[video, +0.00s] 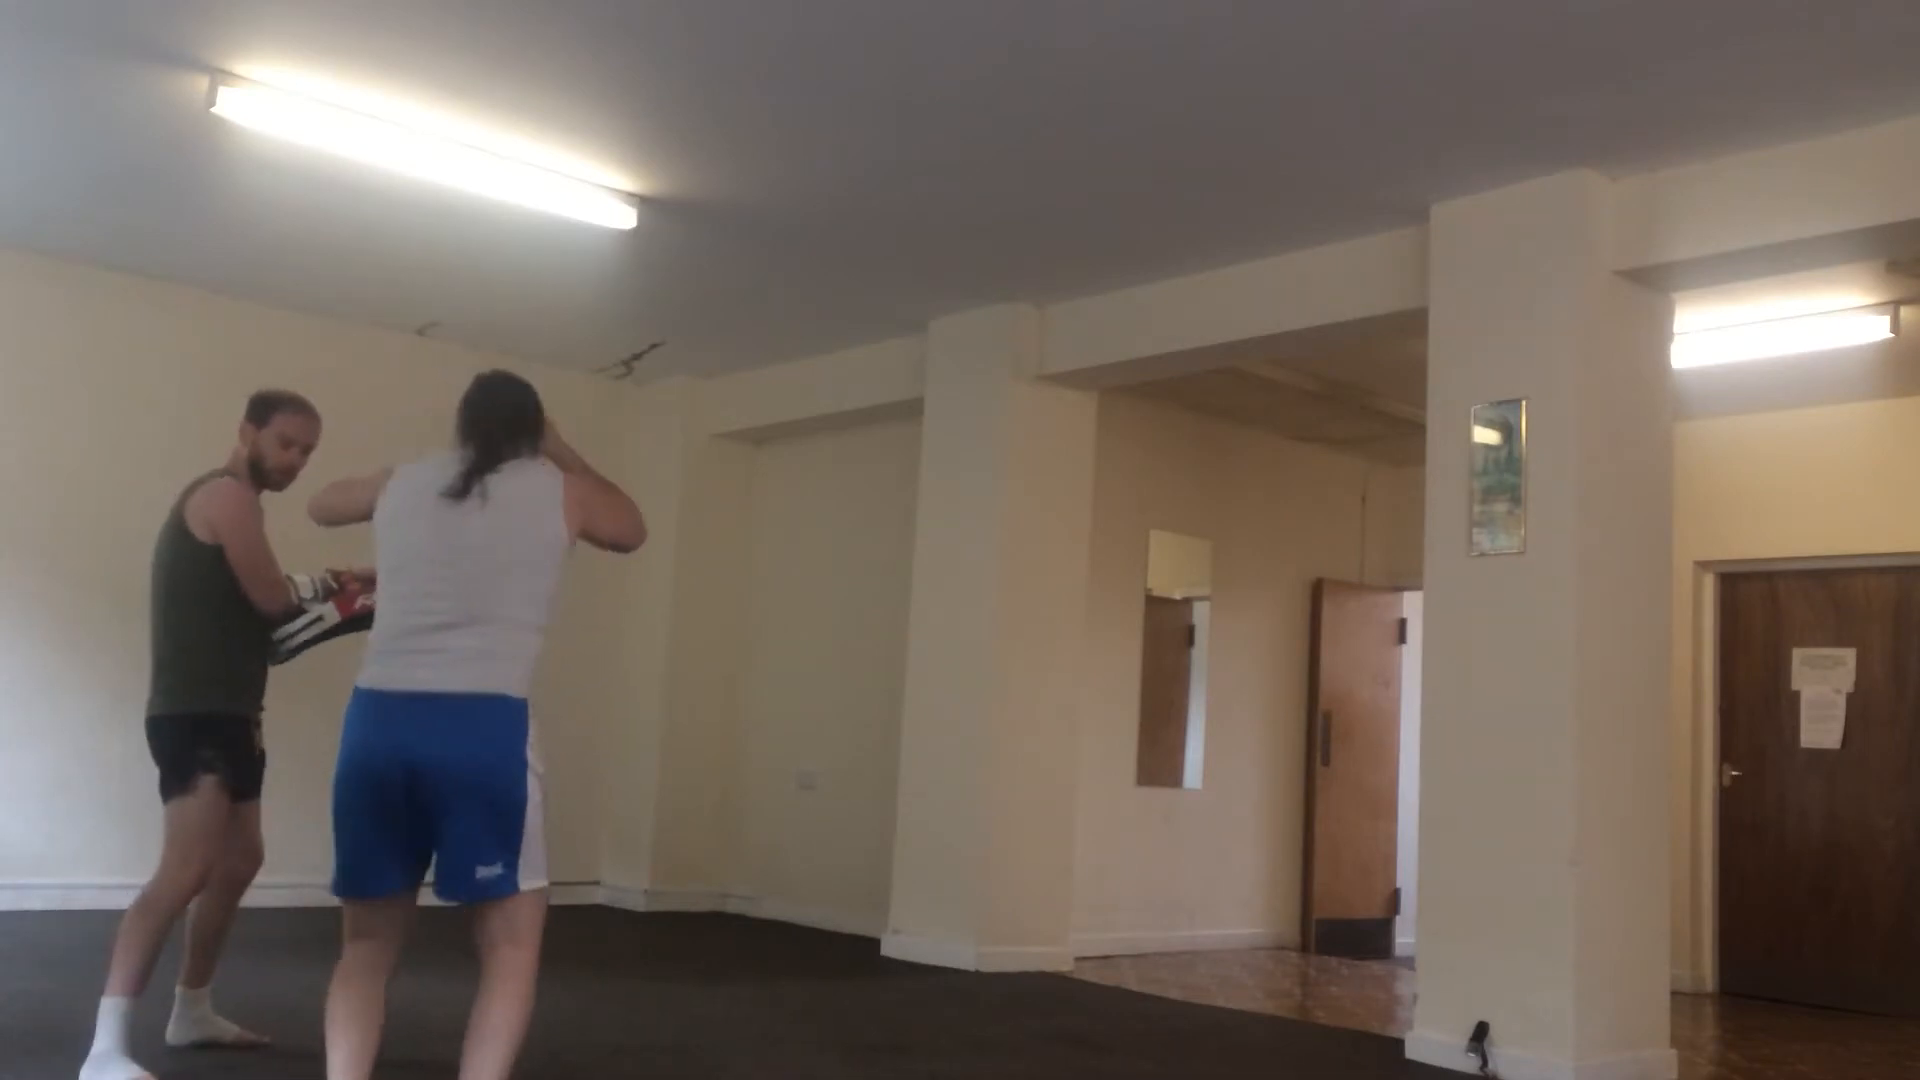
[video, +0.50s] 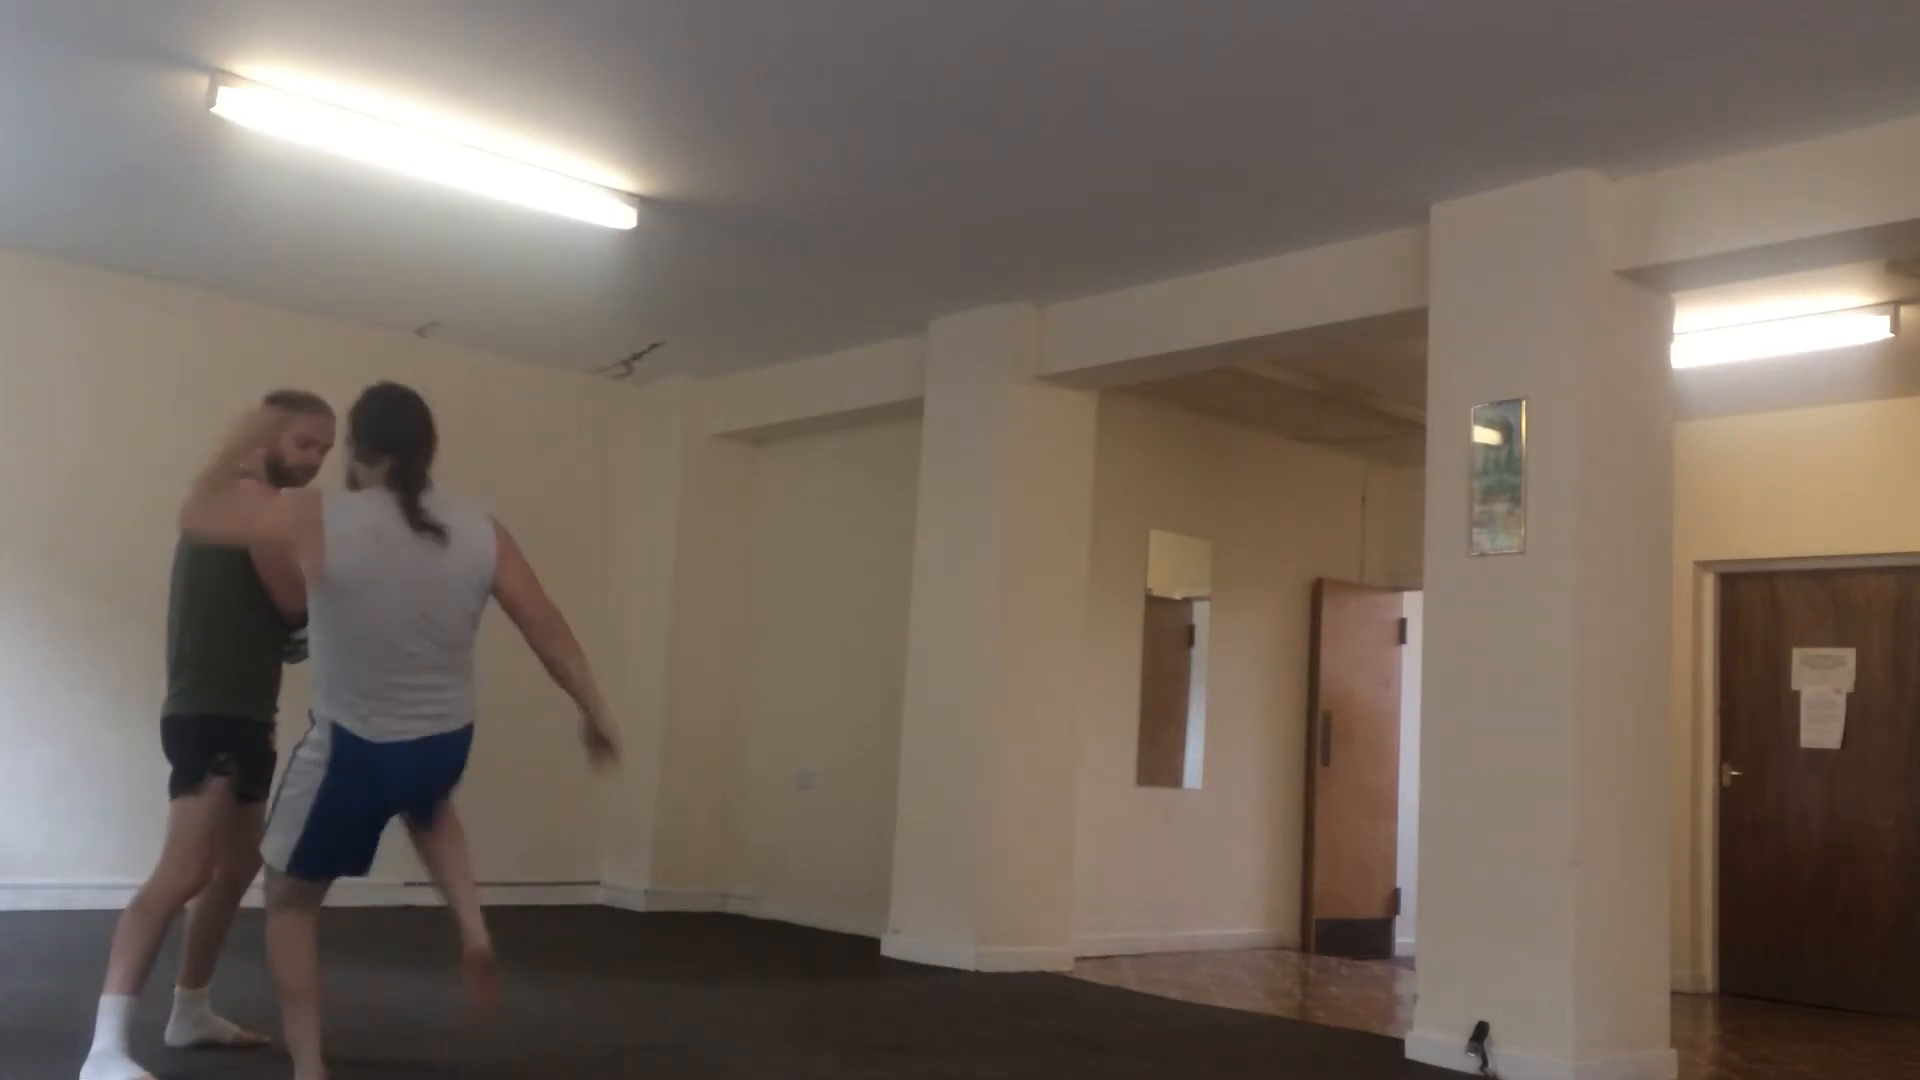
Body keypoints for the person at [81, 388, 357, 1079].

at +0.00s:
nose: (296, 461)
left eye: (305, 451)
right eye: (287, 445)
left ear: (305, 451)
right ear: (249, 433)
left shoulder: (220, 497)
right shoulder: (227, 496)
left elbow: (256, 626)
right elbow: (272, 598)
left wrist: (329, 598)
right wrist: (323, 585)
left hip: (228, 715)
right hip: (199, 716)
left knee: (238, 862)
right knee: (184, 869)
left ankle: (191, 1012)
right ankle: (105, 1049)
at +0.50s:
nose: (316, 460)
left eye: (323, 450)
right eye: (307, 445)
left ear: (306, 444)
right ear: (267, 432)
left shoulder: (237, 494)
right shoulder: (250, 495)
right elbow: (294, 601)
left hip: (243, 714)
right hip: (214, 714)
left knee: (236, 867)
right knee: (182, 871)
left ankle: (191, 1012)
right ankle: (105, 1048)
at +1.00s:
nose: (314, 449)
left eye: (321, 437)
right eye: (300, 435)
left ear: (325, 444)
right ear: (262, 435)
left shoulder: (277, 508)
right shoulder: (229, 499)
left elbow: (277, 611)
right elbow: (270, 600)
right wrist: (336, 593)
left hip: (262, 711)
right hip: (216, 711)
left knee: (246, 865)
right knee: (197, 863)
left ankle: (192, 1012)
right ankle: (116, 1037)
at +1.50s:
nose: (317, 455)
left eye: (329, 445)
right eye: (306, 441)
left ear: (337, 445)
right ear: (271, 432)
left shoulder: (334, 516)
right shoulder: (224, 497)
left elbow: (333, 615)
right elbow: (202, 597)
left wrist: (366, 612)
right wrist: (297, 597)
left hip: (284, 708)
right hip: (205, 702)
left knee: (285, 878)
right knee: (184, 869)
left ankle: (216, 989)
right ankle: (168, 1039)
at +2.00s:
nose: (375, 455)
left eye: (388, 444)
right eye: (364, 440)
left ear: (405, 441)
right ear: (335, 431)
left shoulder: (403, 506)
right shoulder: (288, 499)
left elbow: (472, 583)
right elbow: (225, 585)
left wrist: (465, 498)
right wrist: (236, 625)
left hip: (386, 726)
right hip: (294, 722)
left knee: (427, 878)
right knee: (215, 886)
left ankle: (398, 1050)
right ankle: (151, 1027)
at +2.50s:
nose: (401, 426)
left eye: (413, 414)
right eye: (388, 414)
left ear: (434, 419)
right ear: (366, 420)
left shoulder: (446, 505)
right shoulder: (330, 490)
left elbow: (493, 570)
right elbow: (264, 568)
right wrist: (229, 595)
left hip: (415, 711)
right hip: (326, 705)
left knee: (430, 883)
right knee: (249, 870)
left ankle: (394, 1054)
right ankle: (167, 1024)